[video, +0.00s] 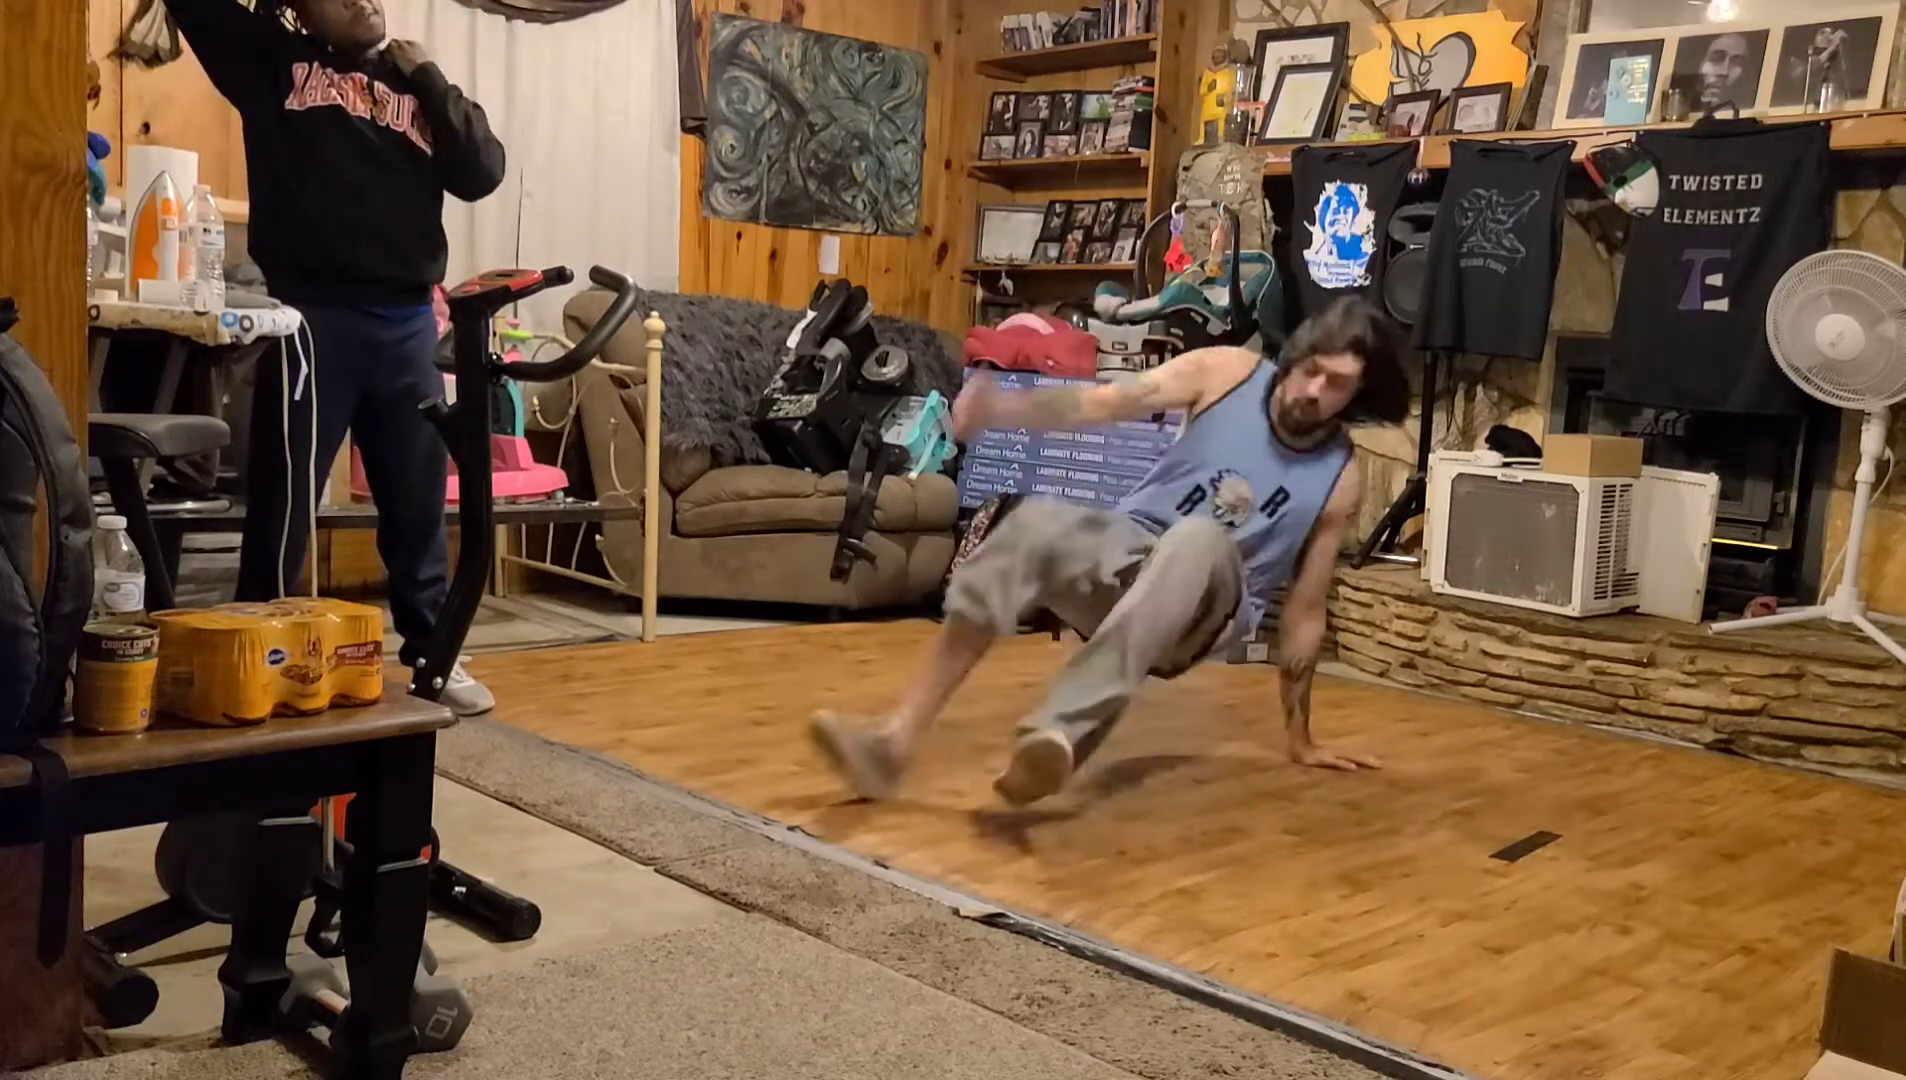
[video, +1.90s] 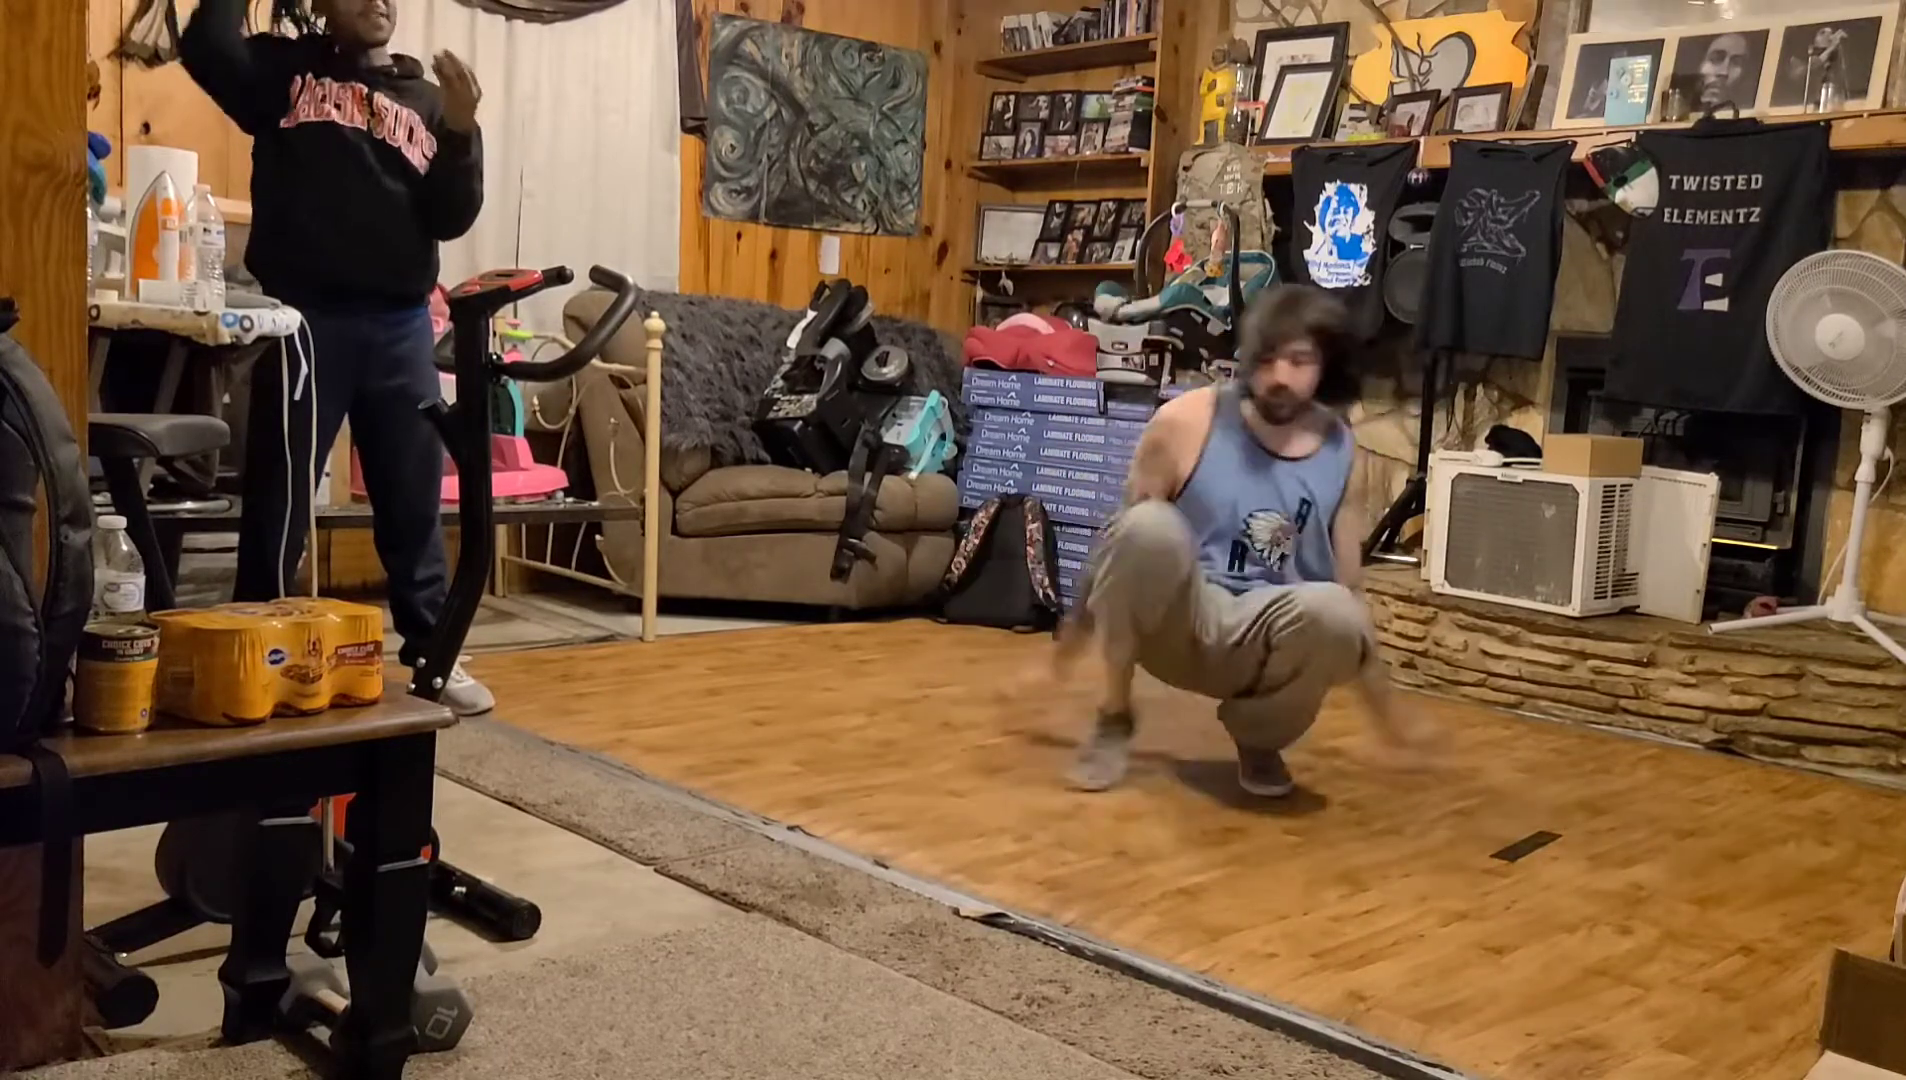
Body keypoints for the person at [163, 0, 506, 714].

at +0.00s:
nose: (366, 5)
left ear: (375, 7)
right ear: (300, 10)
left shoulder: (418, 84)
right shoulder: (270, 60)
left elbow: (481, 175)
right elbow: (191, 2)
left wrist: (429, 82)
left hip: (405, 323)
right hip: (308, 317)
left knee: (417, 502)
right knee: (284, 503)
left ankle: (434, 657)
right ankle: (259, 662)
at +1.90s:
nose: (382, 4)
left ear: (395, 10)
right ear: (323, 6)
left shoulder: (423, 97)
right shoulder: (286, 63)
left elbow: (450, 220)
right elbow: (207, 51)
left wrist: (461, 132)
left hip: (400, 324)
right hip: (300, 321)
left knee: (413, 500)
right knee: (279, 500)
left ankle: (432, 657)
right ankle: (257, 662)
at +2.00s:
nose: (386, 3)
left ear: (401, 11)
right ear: (331, 2)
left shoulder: (429, 99)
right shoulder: (287, 63)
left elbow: (448, 220)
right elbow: (234, 121)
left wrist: (463, 141)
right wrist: (257, 22)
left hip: (398, 325)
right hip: (298, 322)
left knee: (413, 499)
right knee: (278, 499)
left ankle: (432, 658)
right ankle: (252, 660)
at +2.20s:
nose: (414, 10)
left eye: (417, 3)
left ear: (415, 16)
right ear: (344, 4)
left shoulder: (435, 105)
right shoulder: (290, 74)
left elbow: (448, 224)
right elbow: (247, 149)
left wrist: (474, 156)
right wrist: (326, 117)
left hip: (400, 327)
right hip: (303, 326)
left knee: (415, 498)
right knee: (280, 499)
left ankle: (432, 656)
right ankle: (253, 660)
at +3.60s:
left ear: (477, 12)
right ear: (403, 8)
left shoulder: (508, 117)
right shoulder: (351, 89)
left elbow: (530, 236)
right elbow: (302, 186)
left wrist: (455, 249)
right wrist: (320, 204)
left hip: (451, 334)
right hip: (356, 327)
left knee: (449, 502)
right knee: (333, 495)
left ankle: (434, 661)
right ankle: (308, 657)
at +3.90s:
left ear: (417, 7)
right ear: (334, 5)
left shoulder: (456, 112)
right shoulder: (293, 93)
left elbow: (472, 245)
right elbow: (274, 197)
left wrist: (424, 333)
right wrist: (217, 214)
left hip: (416, 334)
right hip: (317, 329)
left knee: (433, 497)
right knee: (314, 494)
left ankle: (433, 657)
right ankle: (305, 654)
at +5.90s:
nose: (258, 17)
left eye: (278, 4)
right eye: (249, 3)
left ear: (320, 11)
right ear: (236, 8)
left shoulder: (373, 97)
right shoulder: (206, 97)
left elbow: (406, 226)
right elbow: (177, 215)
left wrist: (357, 322)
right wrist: (208, 316)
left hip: (376, 309)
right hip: (275, 314)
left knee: (409, 482)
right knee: (292, 488)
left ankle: (442, 653)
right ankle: (298, 650)